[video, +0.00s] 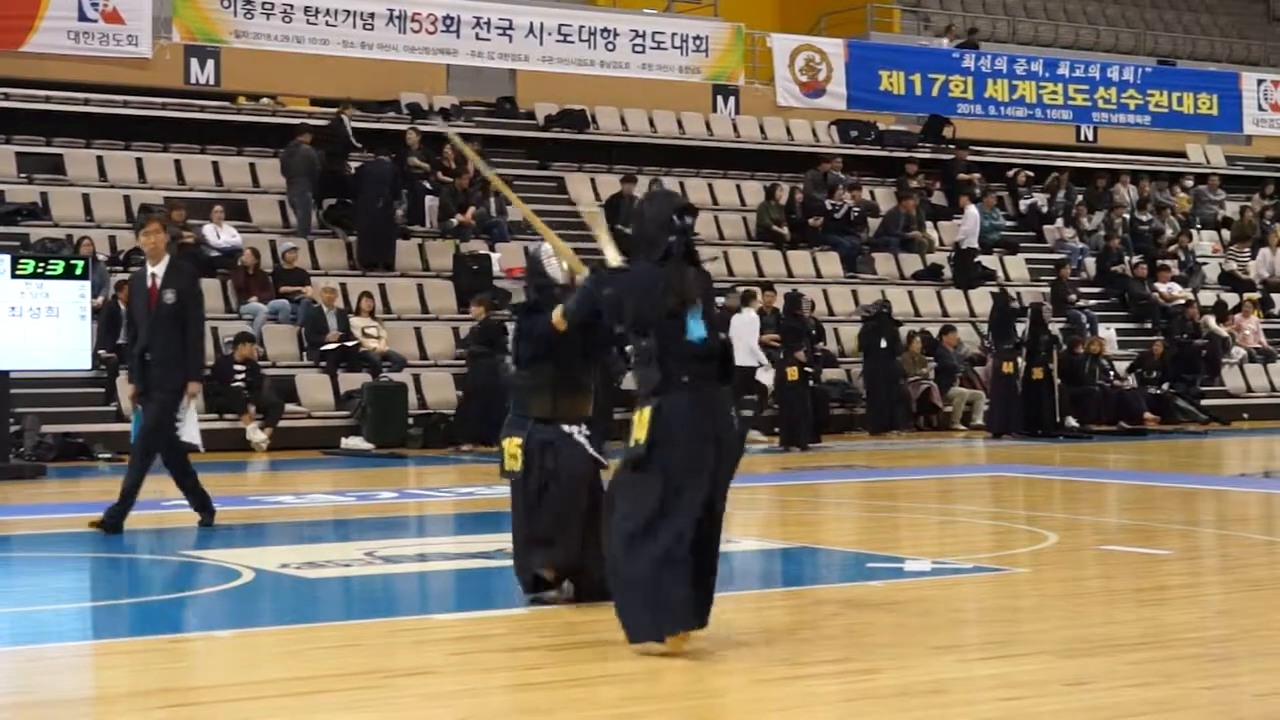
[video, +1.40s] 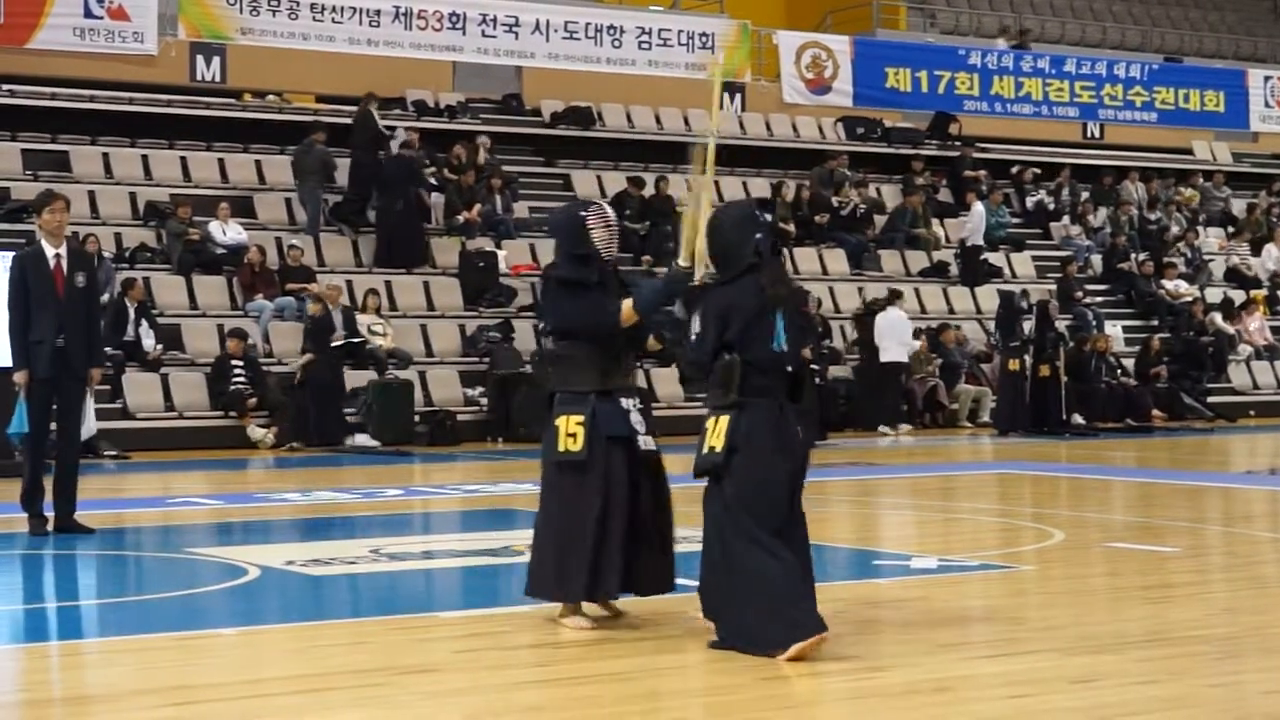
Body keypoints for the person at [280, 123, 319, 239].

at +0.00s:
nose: (310, 139)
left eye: (310, 136)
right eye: (309, 136)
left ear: (298, 135)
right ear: (305, 135)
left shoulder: (287, 151)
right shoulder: (308, 150)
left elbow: (284, 170)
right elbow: (315, 169)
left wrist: (291, 179)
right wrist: (313, 181)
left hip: (291, 185)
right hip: (304, 184)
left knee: (300, 217)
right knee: (305, 218)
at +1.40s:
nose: (324, 138)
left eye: (324, 135)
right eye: (323, 135)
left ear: (311, 135)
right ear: (318, 135)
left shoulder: (299, 150)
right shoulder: (322, 151)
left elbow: (294, 166)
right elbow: (332, 167)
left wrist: (298, 178)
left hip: (302, 187)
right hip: (315, 187)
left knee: (311, 217)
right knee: (313, 219)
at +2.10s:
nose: (326, 139)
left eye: (326, 137)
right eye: (326, 137)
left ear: (315, 137)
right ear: (324, 138)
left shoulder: (307, 148)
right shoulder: (324, 148)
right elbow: (340, 163)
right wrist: (343, 162)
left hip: (308, 185)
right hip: (320, 186)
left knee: (316, 217)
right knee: (324, 219)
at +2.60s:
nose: (329, 142)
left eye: (329, 139)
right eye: (329, 139)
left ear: (319, 137)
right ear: (327, 138)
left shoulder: (310, 149)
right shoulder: (324, 149)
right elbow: (334, 163)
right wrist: (347, 170)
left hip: (309, 188)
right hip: (320, 189)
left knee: (316, 221)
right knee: (323, 221)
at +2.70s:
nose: (331, 141)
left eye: (331, 139)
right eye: (330, 139)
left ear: (320, 136)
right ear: (327, 138)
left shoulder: (311, 149)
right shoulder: (325, 149)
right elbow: (335, 163)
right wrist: (348, 171)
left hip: (309, 188)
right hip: (320, 189)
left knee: (316, 222)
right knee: (323, 222)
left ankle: (318, 255)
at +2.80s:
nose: (332, 141)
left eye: (332, 138)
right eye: (332, 138)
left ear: (321, 137)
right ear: (329, 138)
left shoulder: (312, 149)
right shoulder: (325, 149)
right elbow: (335, 163)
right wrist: (348, 169)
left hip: (310, 188)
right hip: (320, 189)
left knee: (316, 221)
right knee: (322, 222)